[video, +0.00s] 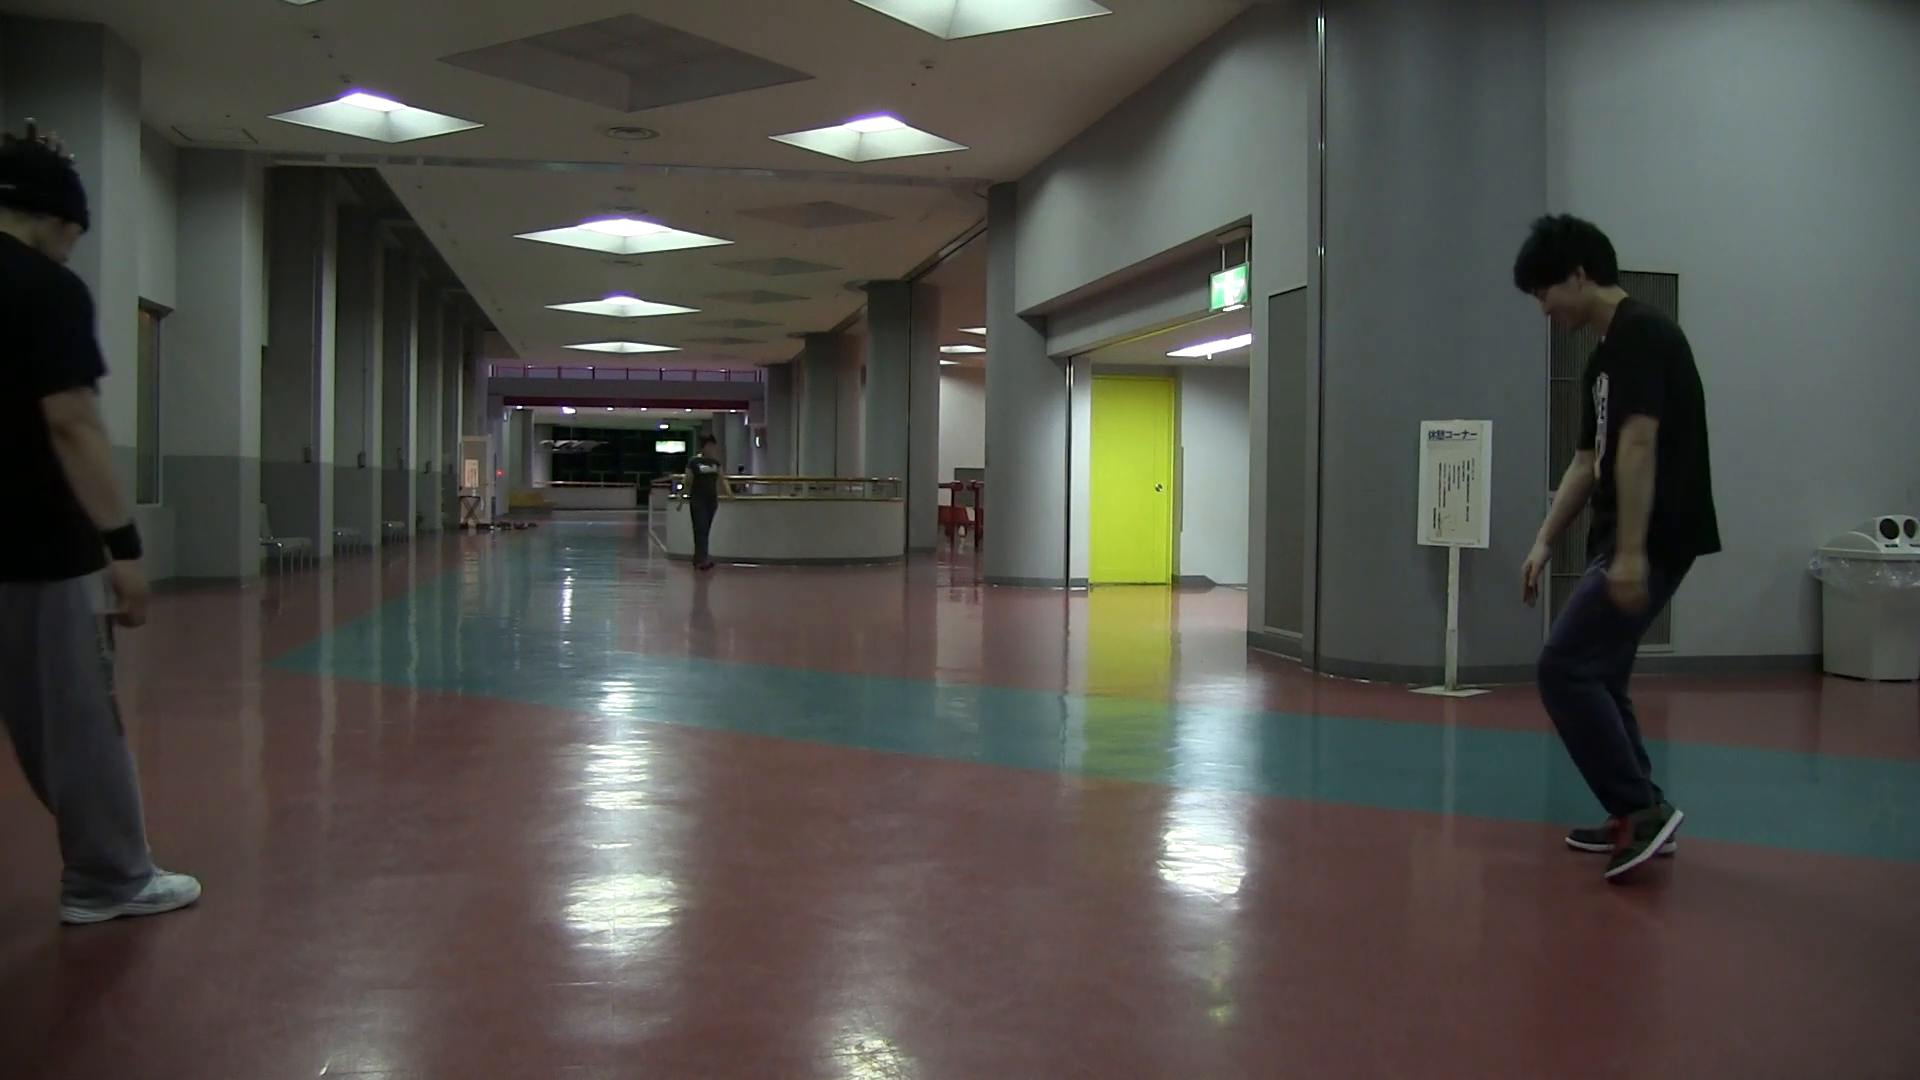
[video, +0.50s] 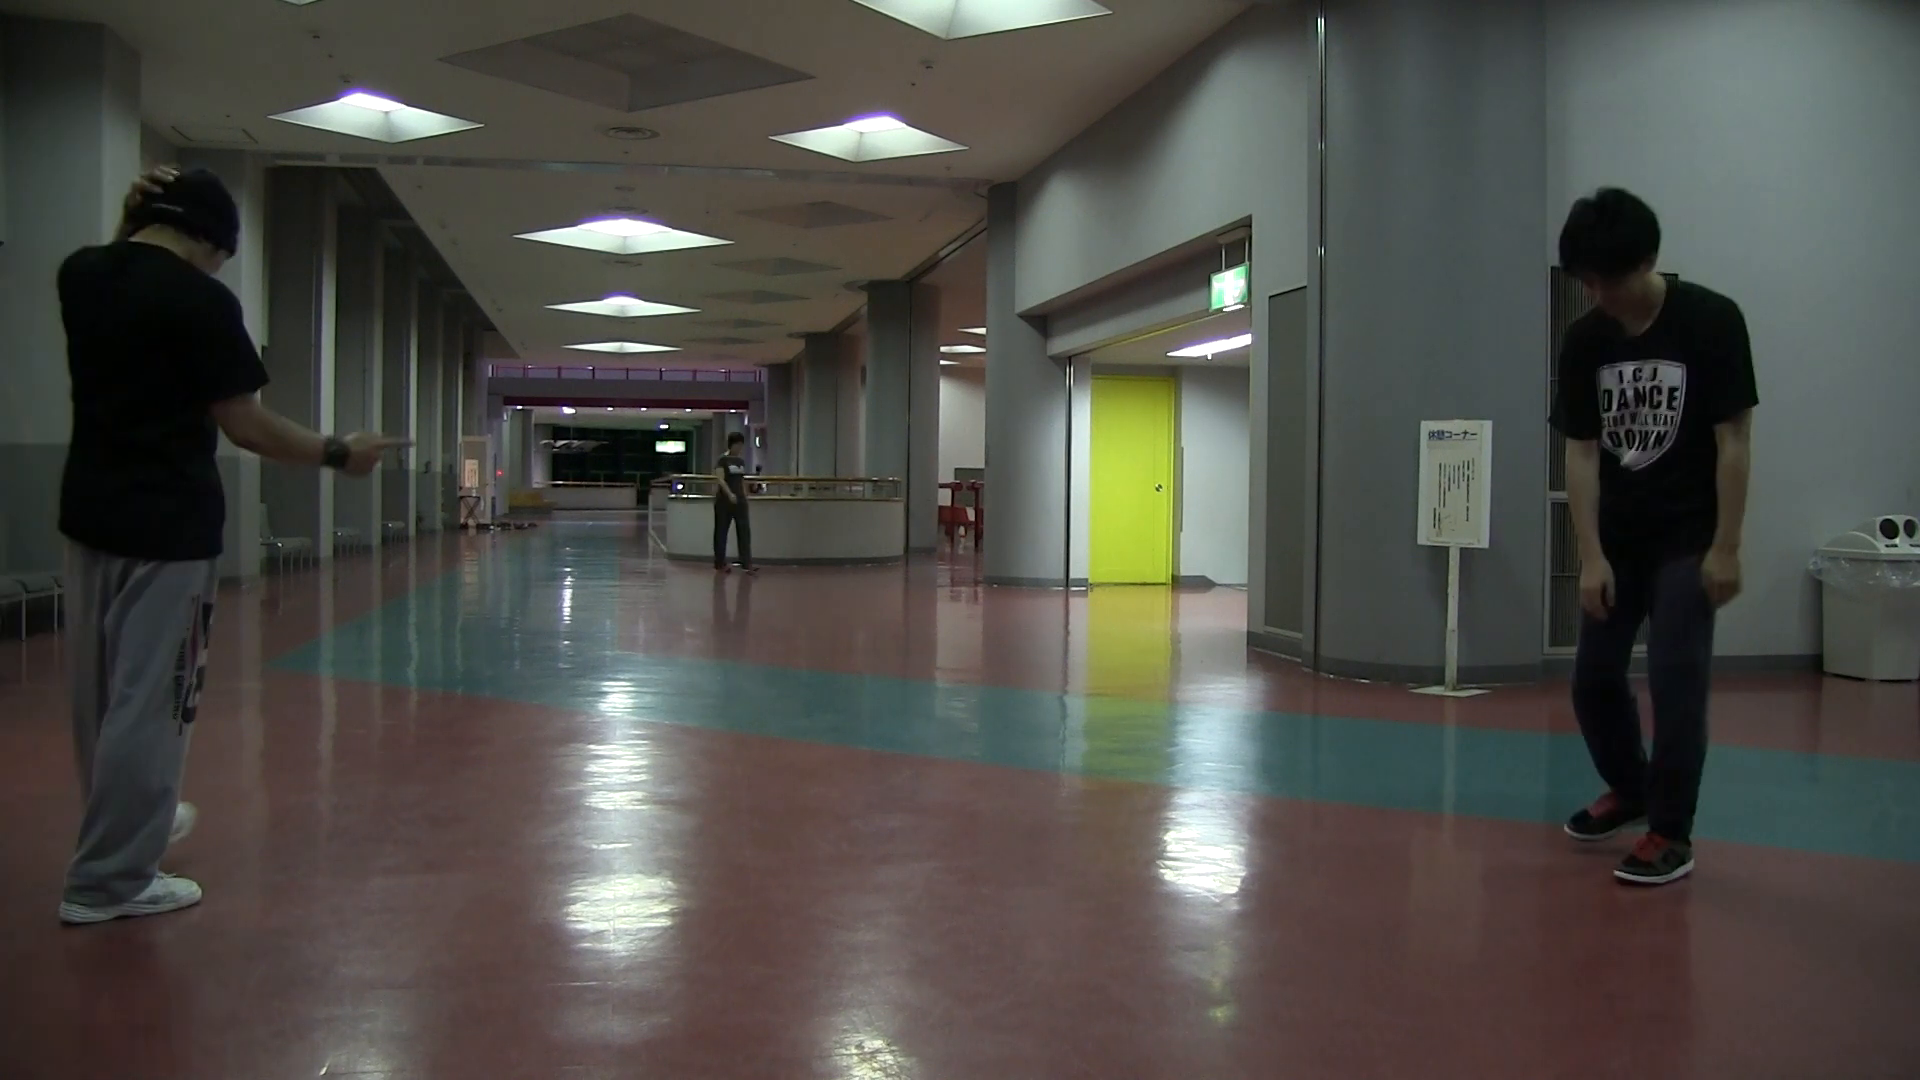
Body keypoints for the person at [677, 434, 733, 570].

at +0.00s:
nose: (712, 450)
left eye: (713, 447)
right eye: (710, 447)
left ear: (715, 448)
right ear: (704, 448)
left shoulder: (716, 464)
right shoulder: (693, 462)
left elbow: (723, 480)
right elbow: (686, 482)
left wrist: (730, 493)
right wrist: (680, 500)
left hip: (711, 500)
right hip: (697, 500)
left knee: (704, 531)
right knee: (700, 531)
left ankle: (699, 559)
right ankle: (702, 560)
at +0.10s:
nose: (717, 452)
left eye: (718, 449)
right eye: (714, 449)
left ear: (720, 451)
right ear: (708, 450)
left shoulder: (719, 466)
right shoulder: (699, 465)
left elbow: (727, 479)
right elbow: (689, 482)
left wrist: (736, 486)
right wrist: (681, 499)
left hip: (716, 503)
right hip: (702, 504)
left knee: (706, 532)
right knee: (709, 532)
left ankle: (698, 560)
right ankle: (716, 561)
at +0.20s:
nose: (722, 452)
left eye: (724, 449)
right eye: (719, 449)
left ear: (725, 450)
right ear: (713, 450)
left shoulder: (726, 466)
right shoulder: (704, 465)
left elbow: (732, 480)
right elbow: (694, 483)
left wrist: (741, 487)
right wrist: (687, 501)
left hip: (721, 502)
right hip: (708, 503)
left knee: (715, 532)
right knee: (715, 532)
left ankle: (702, 558)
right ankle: (720, 563)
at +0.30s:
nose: (728, 449)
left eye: (729, 446)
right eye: (726, 446)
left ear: (730, 447)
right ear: (719, 447)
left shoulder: (730, 464)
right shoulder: (709, 463)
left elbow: (736, 481)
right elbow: (703, 482)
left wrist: (744, 495)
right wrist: (700, 500)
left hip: (727, 501)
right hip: (713, 501)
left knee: (730, 529)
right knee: (718, 531)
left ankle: (713, 551)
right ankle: (721, 562)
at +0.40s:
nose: (733, 449)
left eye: (735, 445)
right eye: (732, 445)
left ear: (735, 446)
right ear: (726, 445)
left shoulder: (735, 462)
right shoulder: (715, 461)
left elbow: (739, 482)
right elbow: (710, 482)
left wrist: (743, 500)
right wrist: (713, 499)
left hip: (734, 501)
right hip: (720, 501)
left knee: (738, 531)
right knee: (718, 533)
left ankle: (726, 556)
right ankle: (720, 563)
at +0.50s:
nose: (740, 449)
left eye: (741, 446)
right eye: (738, 445)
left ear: (741, 446)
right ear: (731, 445)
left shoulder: (740, 462)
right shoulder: (722, 460)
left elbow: (742, 480)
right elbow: (720, 479)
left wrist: (745, 495)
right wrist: (730, 494)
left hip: (739, 498)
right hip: (724, 499)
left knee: (744, 531)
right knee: (721, 532)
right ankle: (720, 562)